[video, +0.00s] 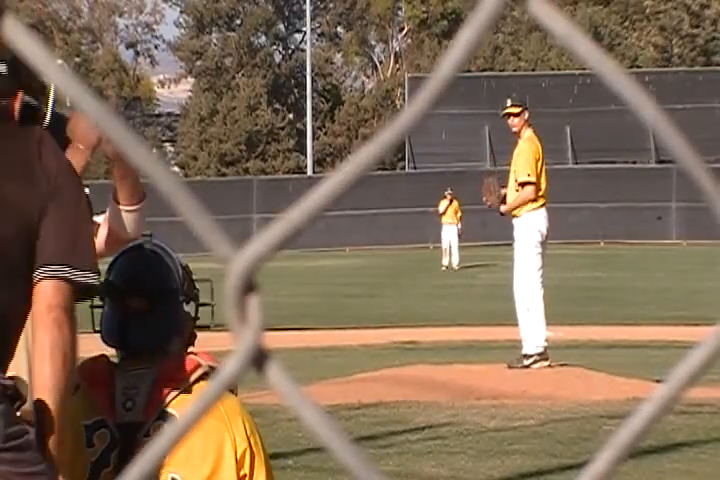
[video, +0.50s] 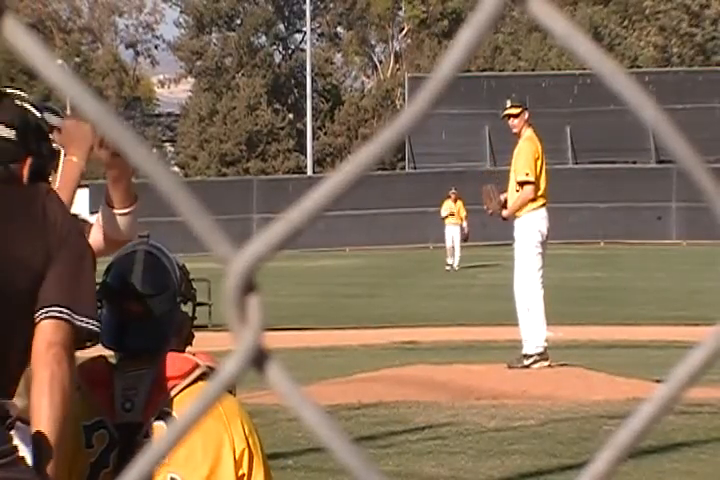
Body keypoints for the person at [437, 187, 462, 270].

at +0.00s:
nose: (449, 196)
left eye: (450, 194)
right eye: (448, 194)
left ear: (452, 194)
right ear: (445, 194)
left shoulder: (455, 202)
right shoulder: (443, 202)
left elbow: (458, 212)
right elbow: (440, 211)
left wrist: (459, 223)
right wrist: (447, 202)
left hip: (454, 224)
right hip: (445, 224)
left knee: (454, 244)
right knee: (445, 244)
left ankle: (455, 263)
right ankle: (445, 263)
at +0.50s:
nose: (453, 196)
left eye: (454, 194)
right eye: (452, 194)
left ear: (456, 195)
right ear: (449, 194)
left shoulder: (459, 203)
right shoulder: (446, 203)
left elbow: (463, 214)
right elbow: (442, 214)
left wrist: (465, 226)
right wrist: (448, 212)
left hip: (457, 224)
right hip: (449, 224)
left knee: (457, 244)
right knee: (449, 244)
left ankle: (456, 263)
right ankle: (449, 261)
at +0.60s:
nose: (453, 195)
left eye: (454, 193)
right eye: (451, 193)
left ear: (456, 195)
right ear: (449, 194)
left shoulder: (459, 203)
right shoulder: (446, 203)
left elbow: (463, 214)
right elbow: (443, 212)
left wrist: (464, 224)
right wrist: (445, 219)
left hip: (456, 224)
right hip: (449, 224)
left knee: (456, 244)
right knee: (448, 244)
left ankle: (457, 262)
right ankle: (449, 262)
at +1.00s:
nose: (445, 196)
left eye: (447, 194)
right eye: (444, 194)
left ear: (449, 195)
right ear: (442, 195)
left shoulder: (454, 203)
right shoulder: (441, 205)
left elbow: (458, 215)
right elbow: (439, 218)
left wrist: (458, 225)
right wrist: (437, 229)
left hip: (453, 225)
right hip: (445, 225)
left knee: (453, 244)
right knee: (445, 245)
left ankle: (456, 262)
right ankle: (447, 263)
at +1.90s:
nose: (439, 195)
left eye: (441, 193)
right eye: (438, 193)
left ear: (443, 194)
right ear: (435, 194)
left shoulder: (446, 203)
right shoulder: (434, 204)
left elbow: (450, 217)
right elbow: (432, 216)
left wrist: (446, 229)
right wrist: (428, 228)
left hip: (444, 225)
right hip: (437, 225)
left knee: (444, 246)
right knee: (433, 244)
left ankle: (444, 265)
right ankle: (437, 260)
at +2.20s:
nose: (430, 201)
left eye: (432, 199)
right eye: (429, 199)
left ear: (435, 199)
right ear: (428, 200)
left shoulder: (440, 207)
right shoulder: (429, 208)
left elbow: (445, 223)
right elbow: (428, 220)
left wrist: (441, 230)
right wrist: (425, 231)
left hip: (441, 228)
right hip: (433, 229)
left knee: (442, 248)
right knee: (430, 248)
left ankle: (443, 265)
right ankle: (427, 265)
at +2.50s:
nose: (426, 205)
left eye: (427, 203)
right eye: (425, 203)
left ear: (430, 204)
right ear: (423, 204)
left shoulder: (434, 209)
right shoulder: (424, 212)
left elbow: (443, 214)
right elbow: (424, 222)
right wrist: (427, 232)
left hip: (440, 230)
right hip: (432, 231)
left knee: (443, 247)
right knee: (428, 248)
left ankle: (451, 262)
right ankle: (426, 266)